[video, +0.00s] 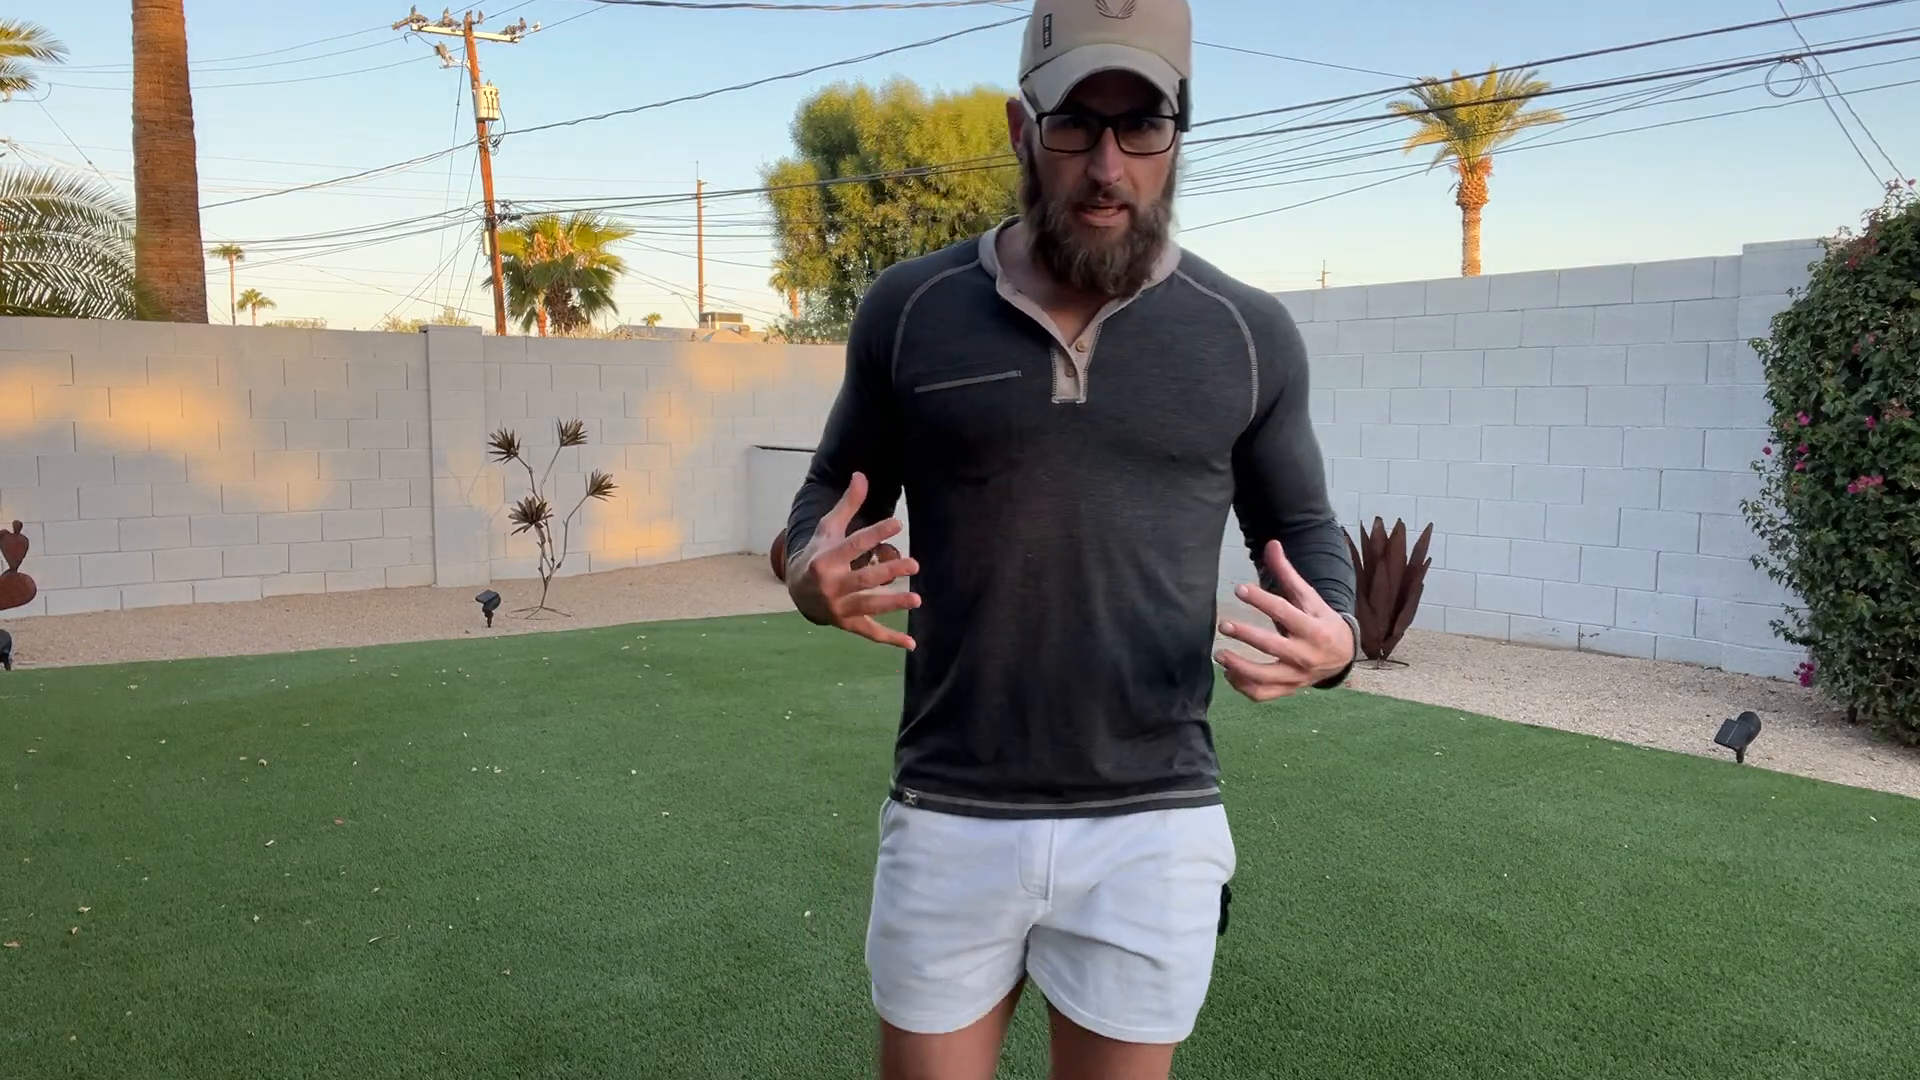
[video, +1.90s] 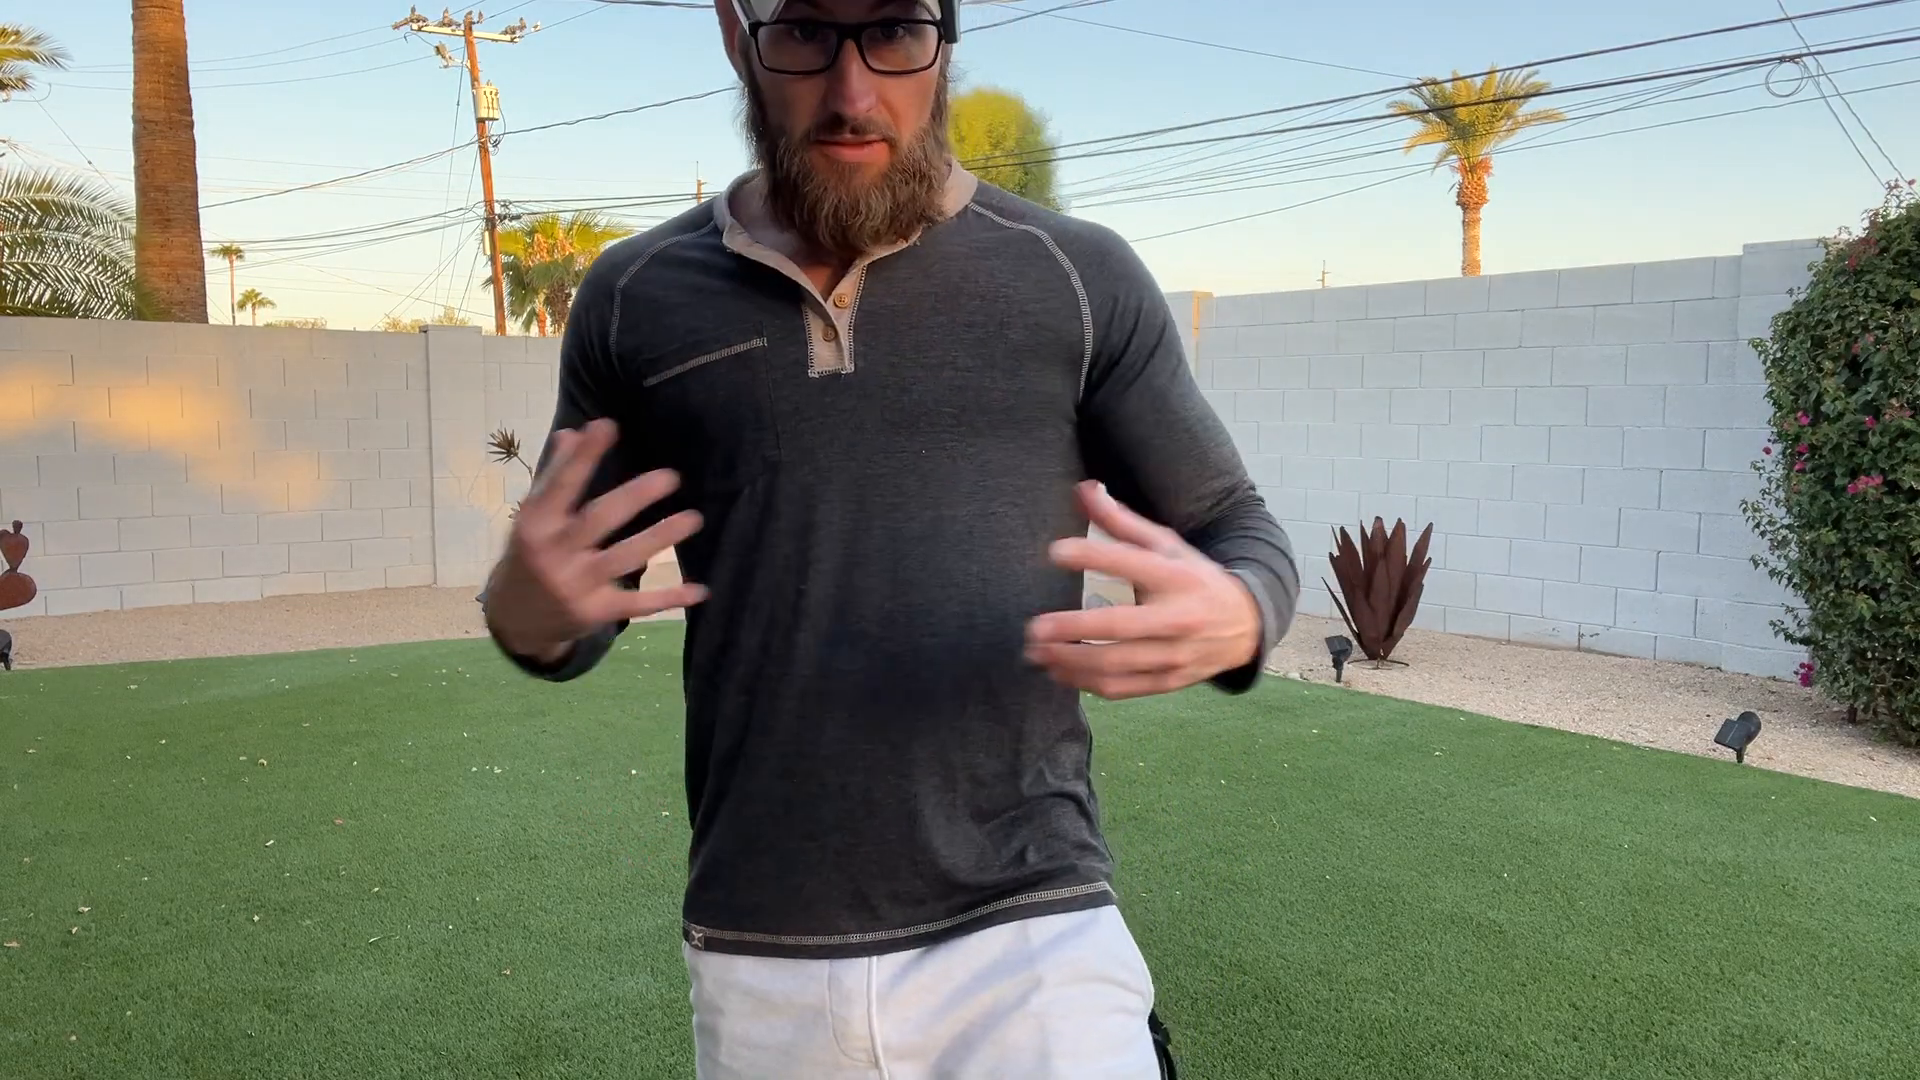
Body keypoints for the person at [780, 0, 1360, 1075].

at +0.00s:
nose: (1107, 164)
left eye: (1139, 130)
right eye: (1075, 128)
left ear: (1176, 144)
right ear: (1025, 134)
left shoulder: (1251, 336)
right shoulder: (911, 311)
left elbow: (1301, 536)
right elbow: (836, 490)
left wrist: (1332, 640)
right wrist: (807, 572)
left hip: (1155, 821)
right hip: (951, 814)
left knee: (1125, 1063)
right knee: (928, 1062)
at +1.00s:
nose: (1139, 164)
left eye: (1167, 122)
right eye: (1100, 118)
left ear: (1194, 112)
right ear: (1010, 89)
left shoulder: (1248, 317)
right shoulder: (862, 300)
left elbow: (1324, 535)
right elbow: (778, 539)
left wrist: (1174, 705)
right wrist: (861, 599)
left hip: (1153, 896)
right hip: (925, 893)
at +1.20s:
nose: (1066, 146)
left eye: (1097, 102)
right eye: (1027, 101)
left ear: (1128, 95)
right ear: (938, 67)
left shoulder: (1198, 300)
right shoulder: (800, 285)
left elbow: (1234, 533)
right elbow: (709, 552)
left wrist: (1042, 723)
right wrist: (854, 585)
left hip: (1115, 906)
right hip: (877, 910)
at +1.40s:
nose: (975, 97)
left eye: (1013, 53)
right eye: (930, 50)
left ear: (1051, 67)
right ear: (858, 57)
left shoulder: (1140, 286)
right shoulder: (734, 278)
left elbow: (1092, 561)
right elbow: (671, 554)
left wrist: (857, 742)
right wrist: (946, 553)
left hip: (1072, 921)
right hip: (819, 923)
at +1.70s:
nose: (881, 74)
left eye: (922, 27)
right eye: (836, 25)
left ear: (966, 45)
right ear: (768, 35)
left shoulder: (1072, 273)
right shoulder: (659, 289)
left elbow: (1115, 556)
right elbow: (611, 574)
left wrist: (860, 672)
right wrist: (892, 550)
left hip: (1032, 920)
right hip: (776, 939)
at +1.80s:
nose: (859, 75)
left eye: (902, 26)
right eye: (815, 26)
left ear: (950, 43)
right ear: (752, 35)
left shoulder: (1072, 279)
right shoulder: (641, 299)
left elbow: (1200, 550)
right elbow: (568, 598)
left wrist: (1026, 630)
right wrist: (721, 565)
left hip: (1028, 929)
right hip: (767, 947)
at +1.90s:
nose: (850, 89)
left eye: (893, 39)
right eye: (804, 40)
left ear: (945, 47)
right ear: (741, 40)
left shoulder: (1079, 278)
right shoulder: (639, 299)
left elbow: (1238, 527)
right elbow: (567, 631)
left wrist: (1240, 614)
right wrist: (523, 618)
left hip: (1033, 940)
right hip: (764, 957)